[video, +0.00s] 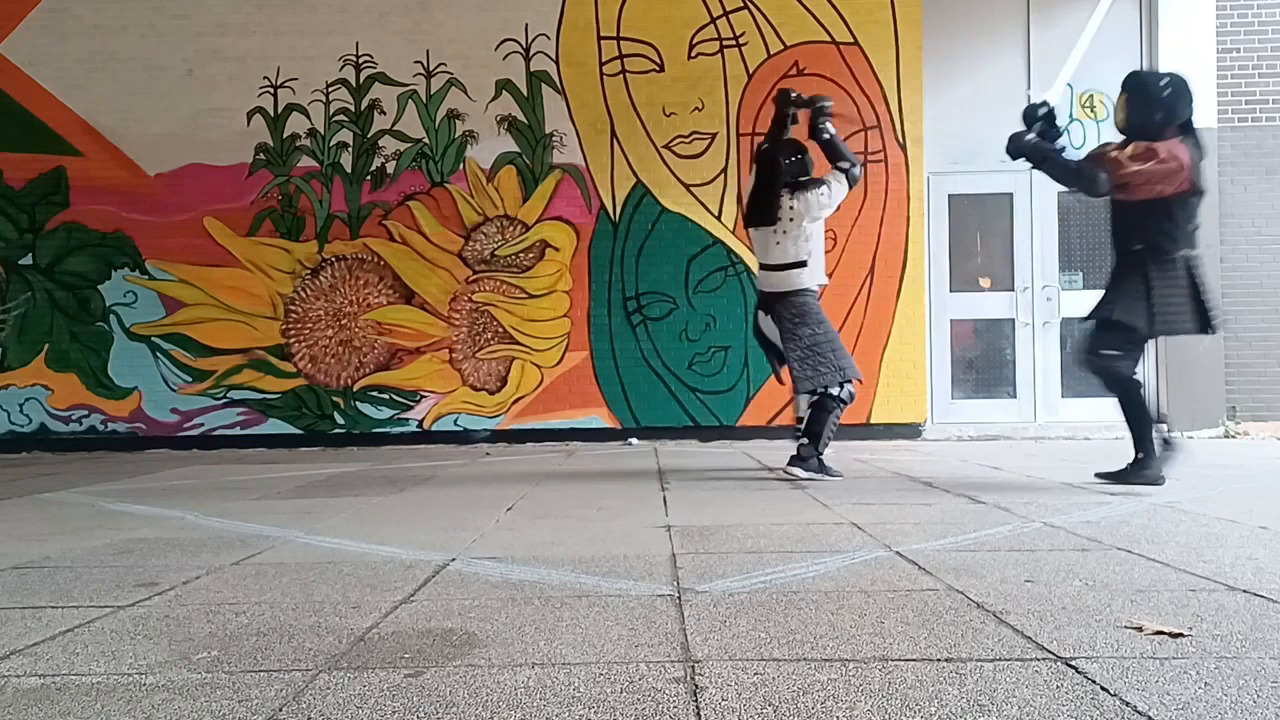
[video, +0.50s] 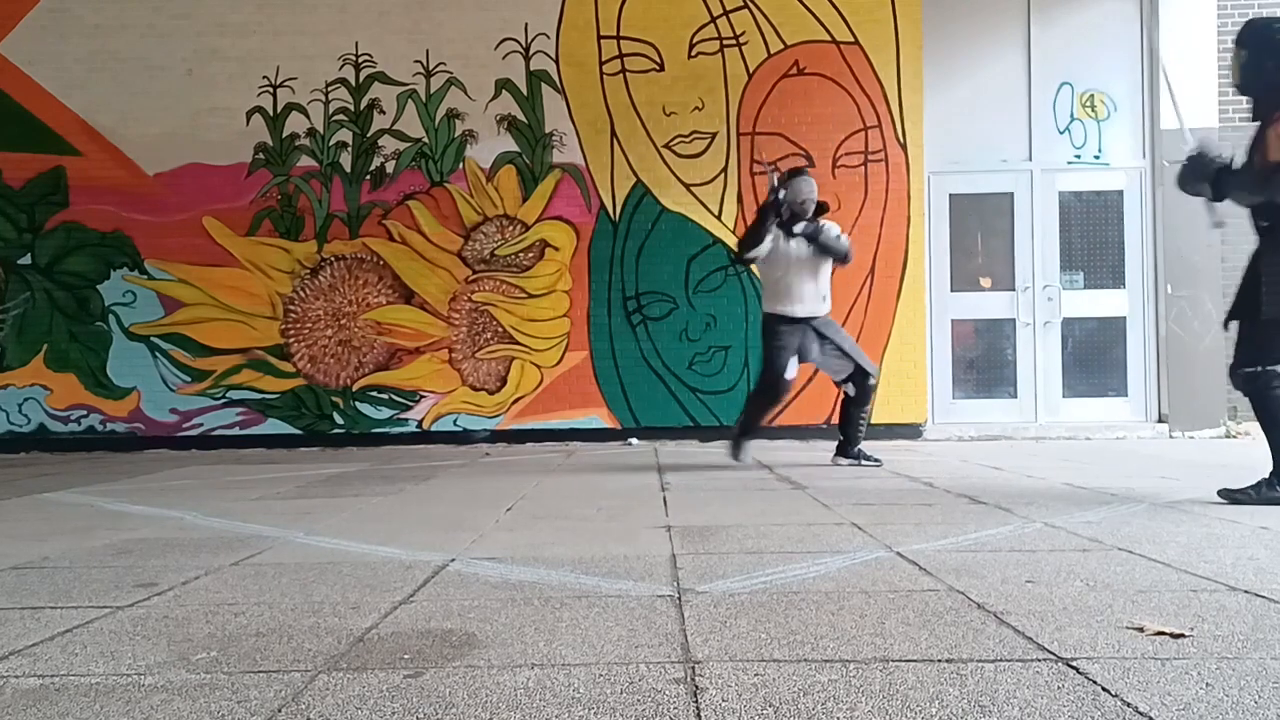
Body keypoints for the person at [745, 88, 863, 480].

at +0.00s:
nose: (809, 169)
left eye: (804, 164)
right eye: (805, 163)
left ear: (768, 169)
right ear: (799, 170)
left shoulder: (756, 202)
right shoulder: (808, 200)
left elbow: (766, 163)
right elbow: (850, 170)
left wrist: (782, 118)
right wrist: (824, 134)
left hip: (768, 302)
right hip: (799, 303)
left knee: (811, 376)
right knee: (844, 381)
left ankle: (810, 451)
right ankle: (807, 455)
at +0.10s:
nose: (823, 174)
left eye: (820, 167)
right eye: (818, 167)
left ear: (777, 171)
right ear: (810, 169)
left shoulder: (771, 207)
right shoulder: (812, 200)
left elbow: (779, 170)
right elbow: (850, 164)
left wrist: (795, 136)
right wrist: (814, 134)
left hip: (784, 305)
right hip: (805, 305)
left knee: (832, 369)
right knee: (837, 377)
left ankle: (835, 434)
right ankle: (807, 453)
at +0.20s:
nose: (830, 151)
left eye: (828, 145)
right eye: (826, 145)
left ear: (790, 164)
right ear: (807, 163)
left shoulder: (793, 204)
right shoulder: (794, 205)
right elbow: (836, 179)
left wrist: (791, 147)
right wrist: (805, 143)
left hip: (815, 305)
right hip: (803, 306)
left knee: (852, 375)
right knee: (825, 376)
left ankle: (851, 443)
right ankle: (808, 446)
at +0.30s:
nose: (818, 185)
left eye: (819, 179)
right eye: (812, 180)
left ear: (820, 181)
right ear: (795, 184)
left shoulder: (827, 209)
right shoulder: (779, 221)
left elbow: (854, 189)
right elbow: (802, 202)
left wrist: (840, 157)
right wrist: (795, 166)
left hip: (827, 312)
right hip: (798, 311)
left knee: (861, 378)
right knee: (819, 371)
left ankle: (848, 447)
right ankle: (801, 451)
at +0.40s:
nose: (812, 199)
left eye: (817, 193)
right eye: (806, 193)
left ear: (822, 197)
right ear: (791, 195)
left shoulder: (829, 230)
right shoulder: (778, 233)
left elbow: (863, 222)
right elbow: (777, 226)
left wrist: (837, 198)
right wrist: (787, 190)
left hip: (826, 318)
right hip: (793, 317)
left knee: (868, 378)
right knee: (806, 376)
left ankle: (850, 446)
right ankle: (776, 441)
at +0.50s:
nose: (807, 207)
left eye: (811, 201)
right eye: (801, 201)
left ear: (815, 201)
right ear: (786, 200)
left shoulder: (824, 228)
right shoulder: (770, 229)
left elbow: (845, 254)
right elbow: (745, 252)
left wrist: (811, 233)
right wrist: (767, 215)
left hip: (818, 321)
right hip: (781, 322)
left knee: (863, 376)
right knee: (777, 385)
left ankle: (849, 447)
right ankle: (742, 436)